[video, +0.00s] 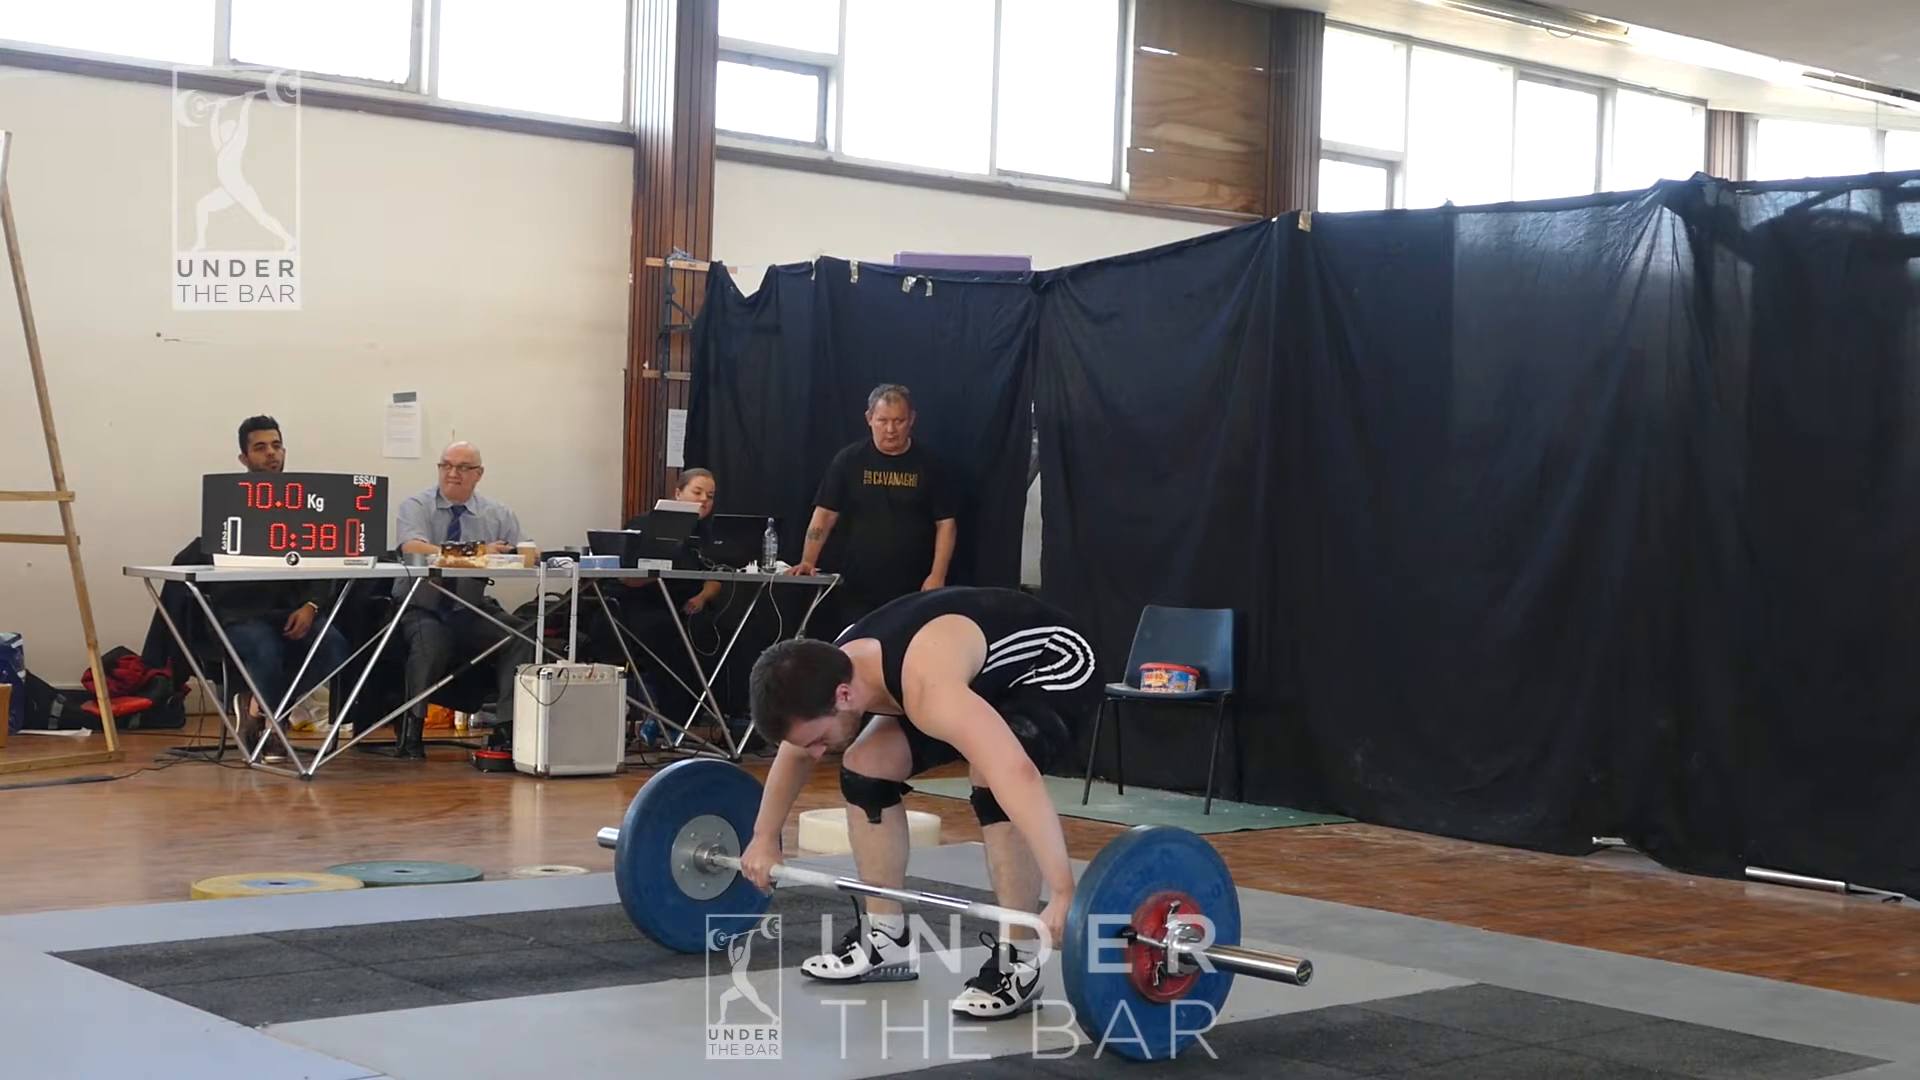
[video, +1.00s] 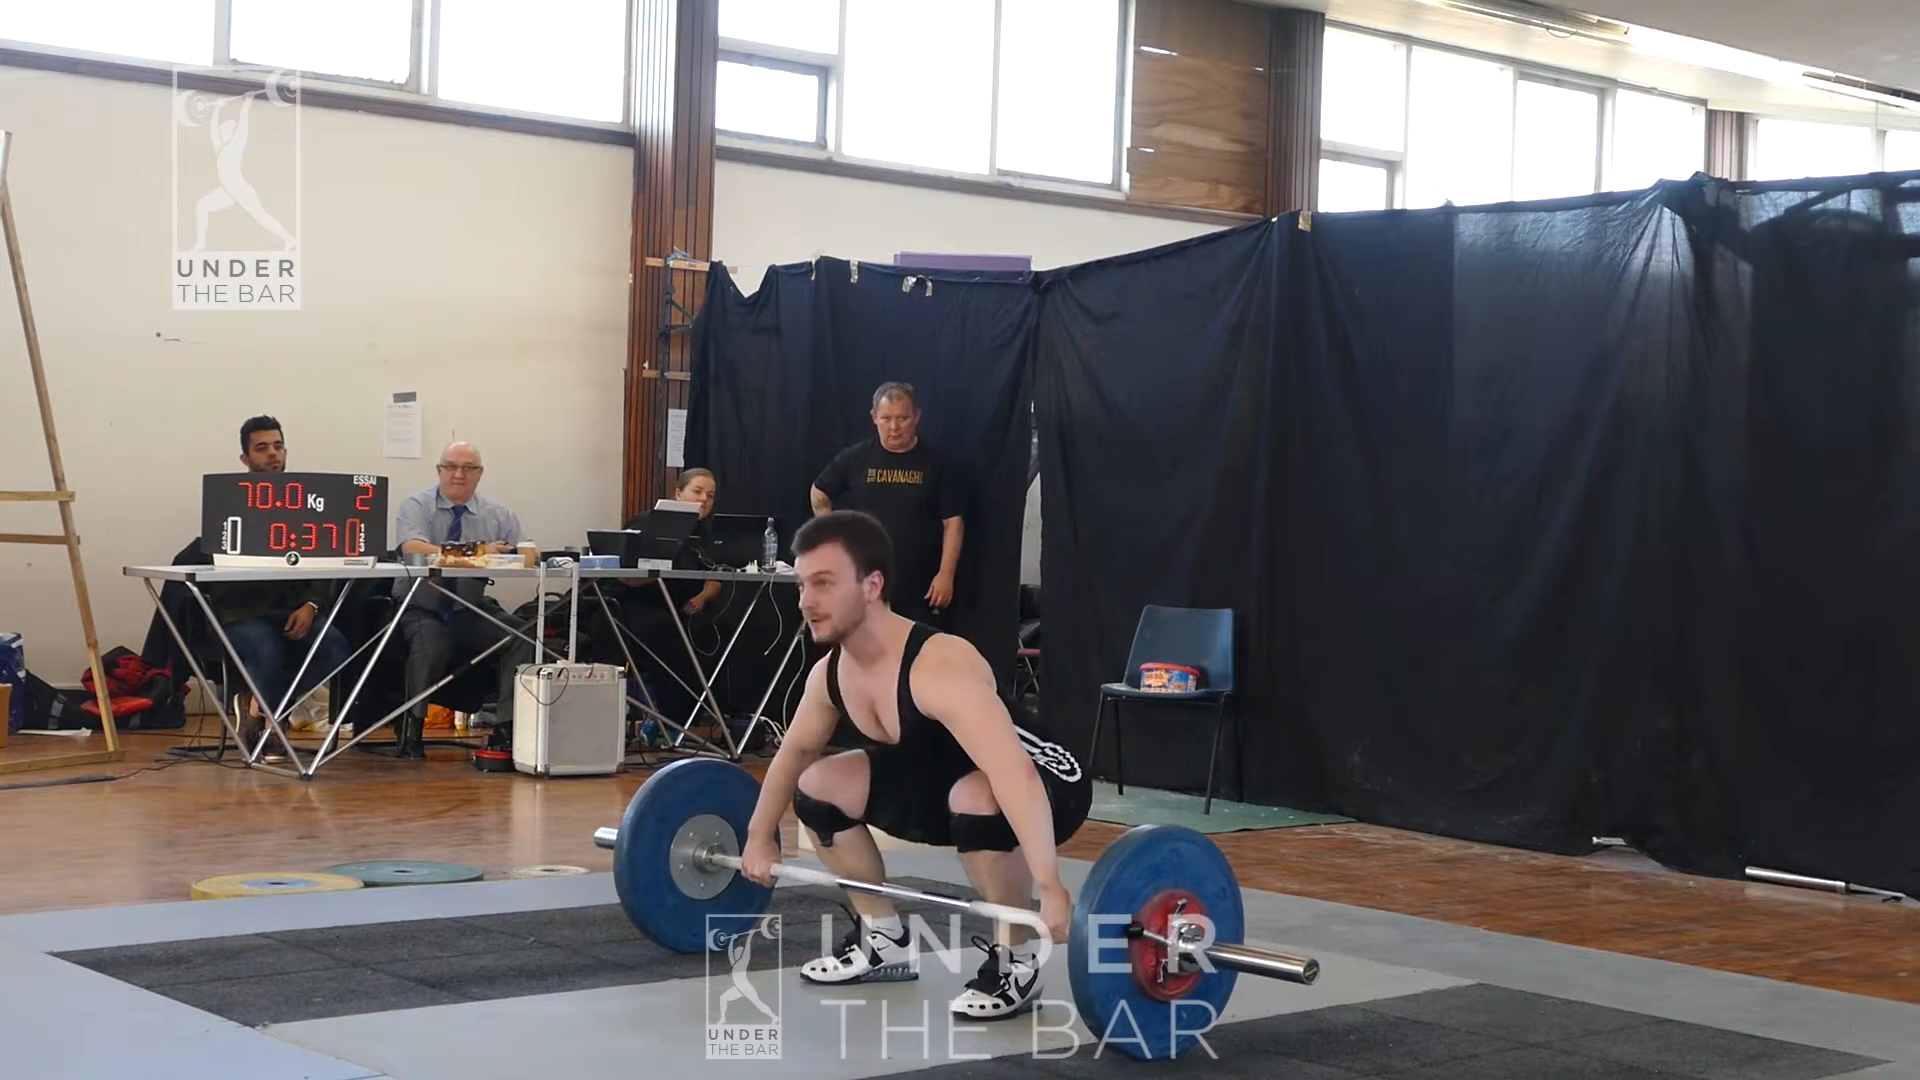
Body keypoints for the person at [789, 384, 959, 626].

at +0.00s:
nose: (890, 429)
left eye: (898, 421)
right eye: (882, 420)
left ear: (911, 420)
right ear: (869, 419)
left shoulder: (930, 464)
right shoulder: (849, 461)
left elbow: (946, 525)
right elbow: (824, 514)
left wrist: (937, 577)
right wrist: (808, 561)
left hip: (910, 588)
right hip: (857, 584)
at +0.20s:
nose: (893, 428)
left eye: (901, 420)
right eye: (886, 420)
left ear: (914, 419)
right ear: (872, 418)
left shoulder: (932, 463)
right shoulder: (853, 460)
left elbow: (950, 523)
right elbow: (822, 507)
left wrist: (943, 573)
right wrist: (815, 548)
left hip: (912, 585)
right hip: (857, 583)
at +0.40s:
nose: (894, 427)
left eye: (902, 419)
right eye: (886, 419)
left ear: (916, 417)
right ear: (873, 418)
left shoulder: (935, 463)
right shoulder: (852, 458)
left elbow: (953, 523)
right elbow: (815, 492)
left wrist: (947, 576)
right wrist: (825, 530)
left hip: (914, 587)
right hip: (860, 585)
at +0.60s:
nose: (895, 426)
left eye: (902, 418)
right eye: (887, 418)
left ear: (916, 417)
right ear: (874, 417)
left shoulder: (935, 462)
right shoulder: (853, 457)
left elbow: (953, 523)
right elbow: (818, 493)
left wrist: (947, 575)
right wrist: (828, 530)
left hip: (914, 587)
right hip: (860, 586)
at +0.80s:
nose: (894, 427)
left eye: (901, 418)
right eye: (886, 418)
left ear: (915, 417)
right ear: (874, 418)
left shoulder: (935, 462)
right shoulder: (854, 458)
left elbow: (953, 522)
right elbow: (820, 495)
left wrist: (946, 575)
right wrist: (834, 532)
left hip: (919, 585)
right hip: (867, 584)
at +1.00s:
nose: (894, 427)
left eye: (902, 418)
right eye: (886, 418)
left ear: (916, 417)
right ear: (874, 418)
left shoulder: (936, 463)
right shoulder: (855, 458)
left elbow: (954, 522)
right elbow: (819, 493)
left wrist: (946, 575)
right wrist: (836, 545)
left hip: (918, 582)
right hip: (862, 581)